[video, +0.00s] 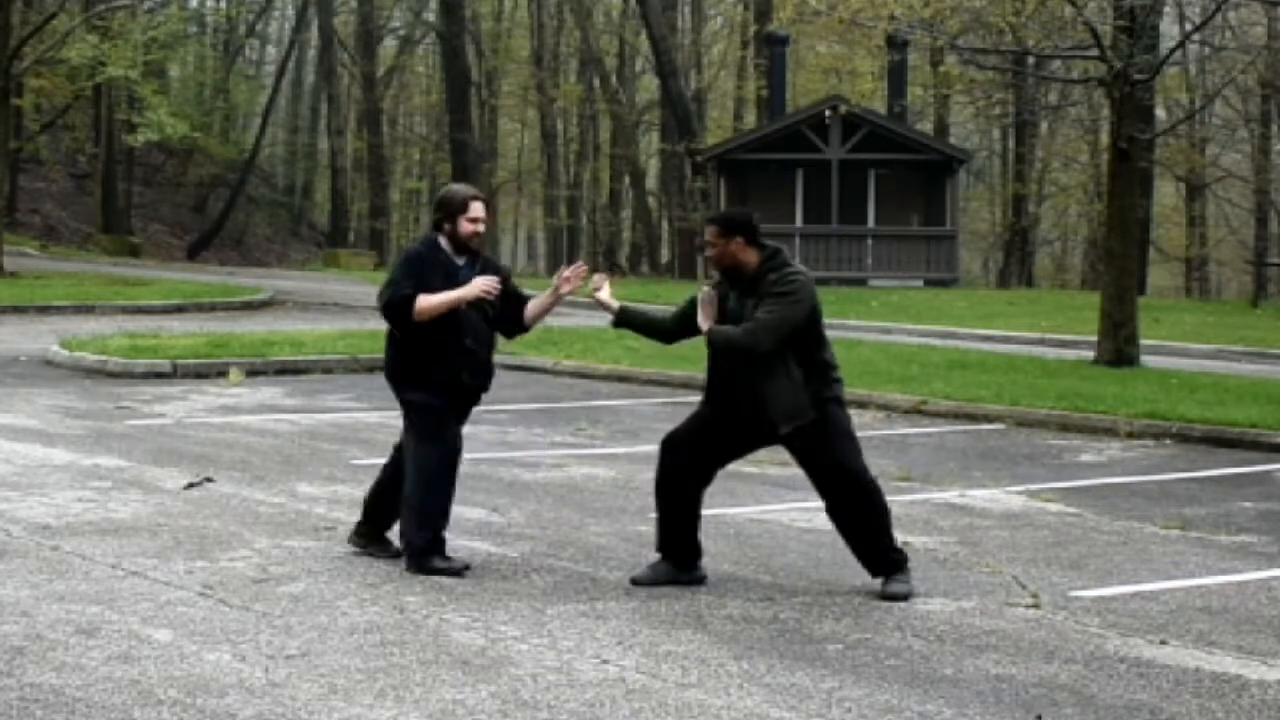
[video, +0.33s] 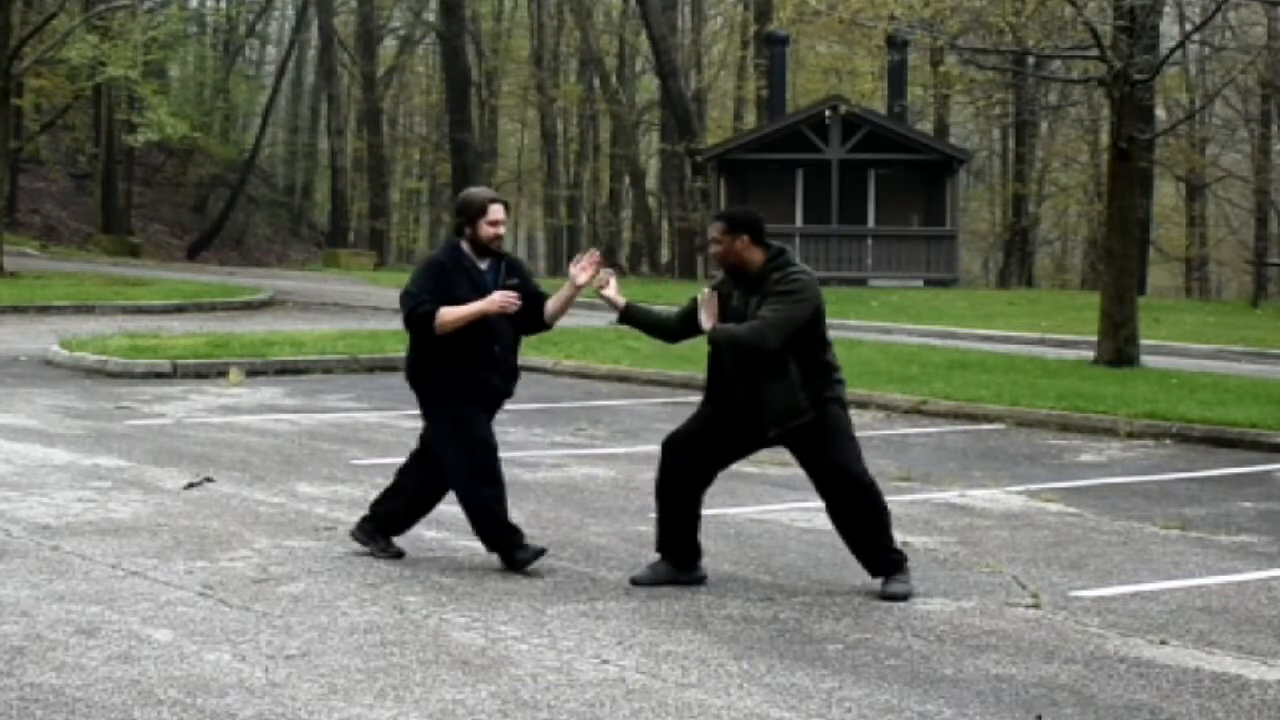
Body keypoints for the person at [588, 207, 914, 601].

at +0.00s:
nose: (707, 254)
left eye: (712, 245)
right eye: (706, 247)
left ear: (739, 242)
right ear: (729, 246)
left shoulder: (794, 285)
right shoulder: (724, 289)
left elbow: (760, 336)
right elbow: (672, 329)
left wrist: (711, 329)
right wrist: (615, 308)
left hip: (807, 410)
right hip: (746, 409)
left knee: (848, 481)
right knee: (679, 453)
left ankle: (892, 569)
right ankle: (679, 561)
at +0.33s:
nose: (711, 252)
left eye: (716, 243)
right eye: (710, 244)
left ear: (744, 241)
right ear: (733, 245)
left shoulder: (797, 285)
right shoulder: (727, 289)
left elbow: (766, 334)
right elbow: (676, 327)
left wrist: (714, 329)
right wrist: (621, 305)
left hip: (808, 410)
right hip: (745, 410)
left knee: (848, 481)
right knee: (680, 453)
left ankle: (891, 569)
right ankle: (680, 561)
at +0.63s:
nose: (757, 233)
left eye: (762, 224)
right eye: (756, 225)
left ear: (788, 227)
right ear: (785, 228)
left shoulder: (839, 272)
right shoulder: (770, 274)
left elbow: (834, 330)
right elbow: (747, 336)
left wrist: (772, 313)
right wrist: (707, 381)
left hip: (830, 412)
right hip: (773, 408)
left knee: (844, 488)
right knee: (717, 471)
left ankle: (918, 566)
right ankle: (680, 560)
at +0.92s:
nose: (827, 202)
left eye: (834, 194)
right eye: (828, 194)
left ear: (860, 198)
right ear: (852, 200)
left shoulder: (903, 248)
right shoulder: (840, 249)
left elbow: (898, 314)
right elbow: (790, 277)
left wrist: (837, 347)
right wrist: (725, 269)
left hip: (914, 378)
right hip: (863, 379)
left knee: (899, 469)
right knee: (824, 455)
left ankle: (922, 571)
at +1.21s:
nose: (874, 190)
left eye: (881, 183)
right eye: (876, 183)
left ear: (904, 192)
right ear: (901, 193)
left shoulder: (929, 246)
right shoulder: (895, 240)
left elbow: (900, 305)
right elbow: (861, 290)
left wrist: (849, 275)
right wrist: (810, 312)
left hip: (934, 378)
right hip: (923, 377)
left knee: (903, 472)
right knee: (948, 466)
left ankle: (920, 573)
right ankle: (990, 565)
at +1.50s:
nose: (889, 189)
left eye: (894, 182)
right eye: (892, 182)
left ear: (910, 188)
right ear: (934, 190)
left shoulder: (893, 230)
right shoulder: (964, 230)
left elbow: (829, 228)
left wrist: (773, 200)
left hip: (913, 370)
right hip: (969, 370)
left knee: (867, 461)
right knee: (963, 466)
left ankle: (834, 562)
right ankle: (992, 564)